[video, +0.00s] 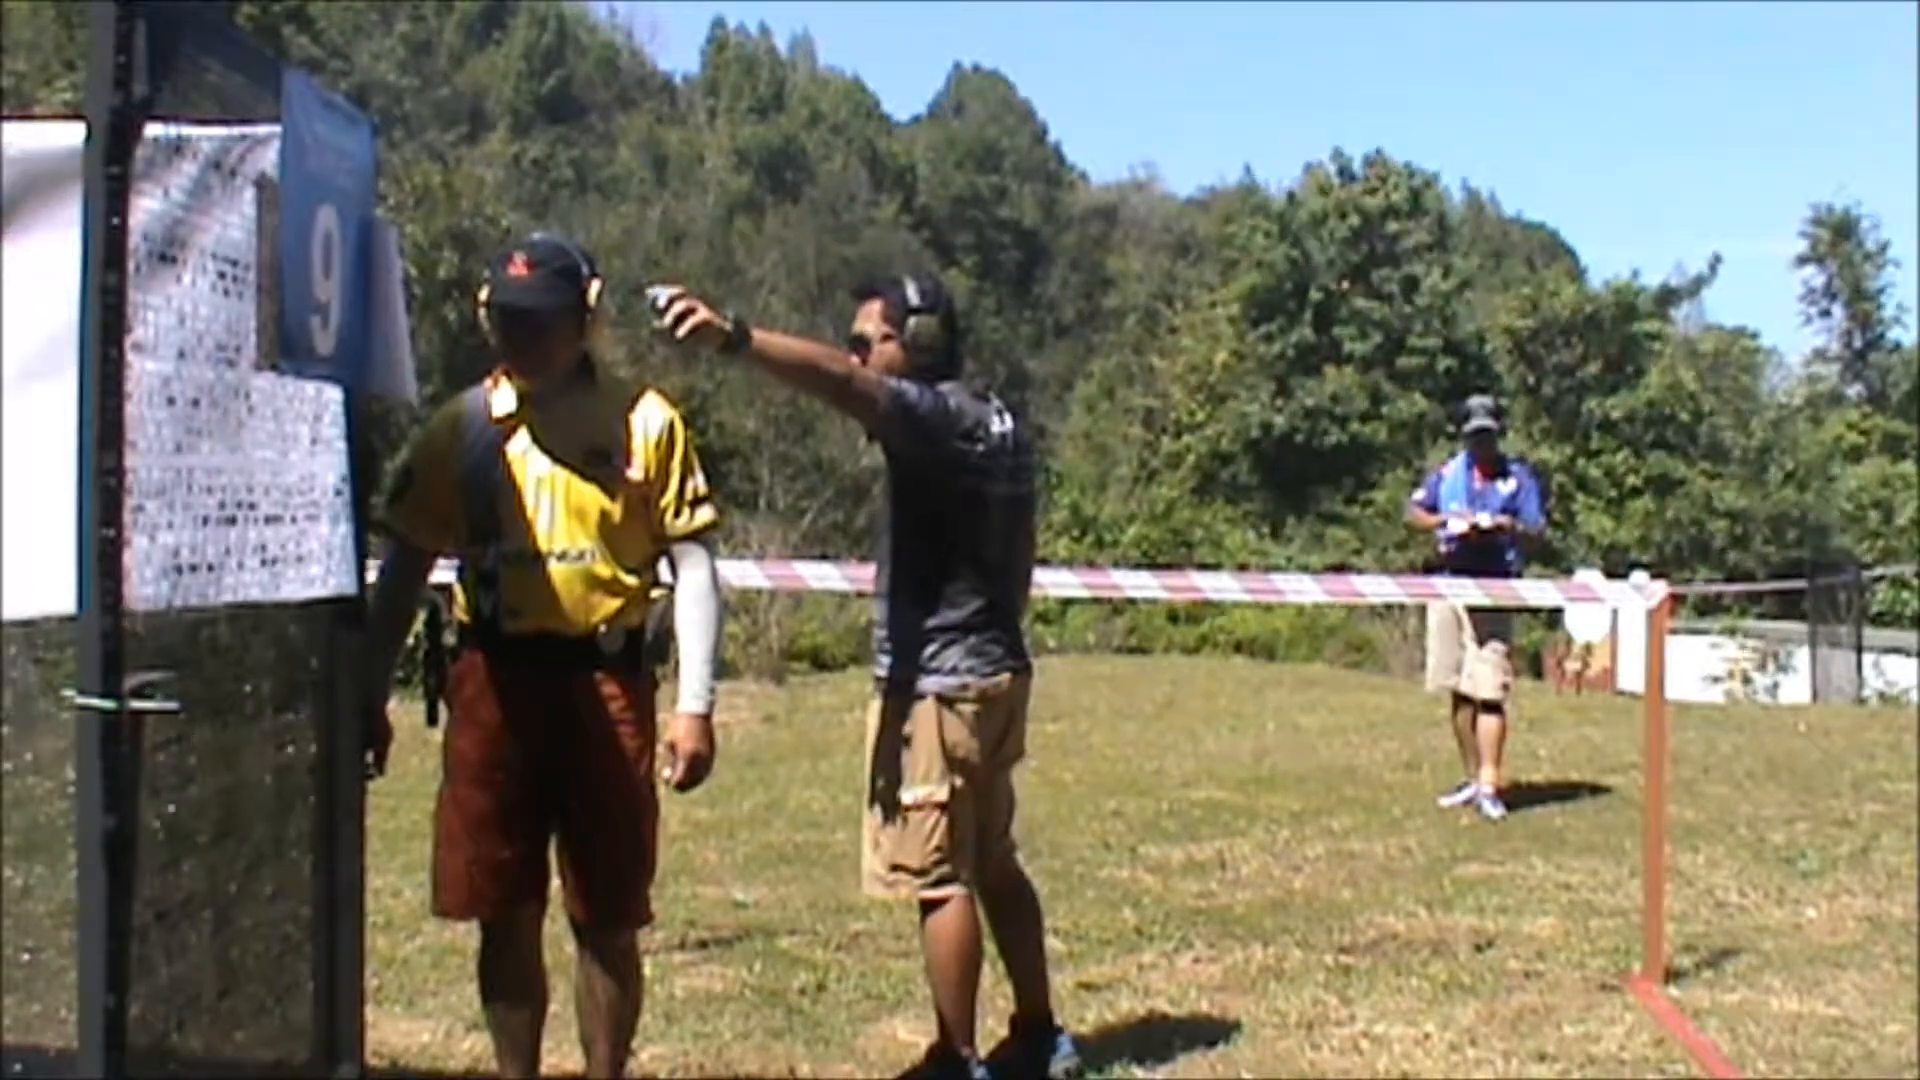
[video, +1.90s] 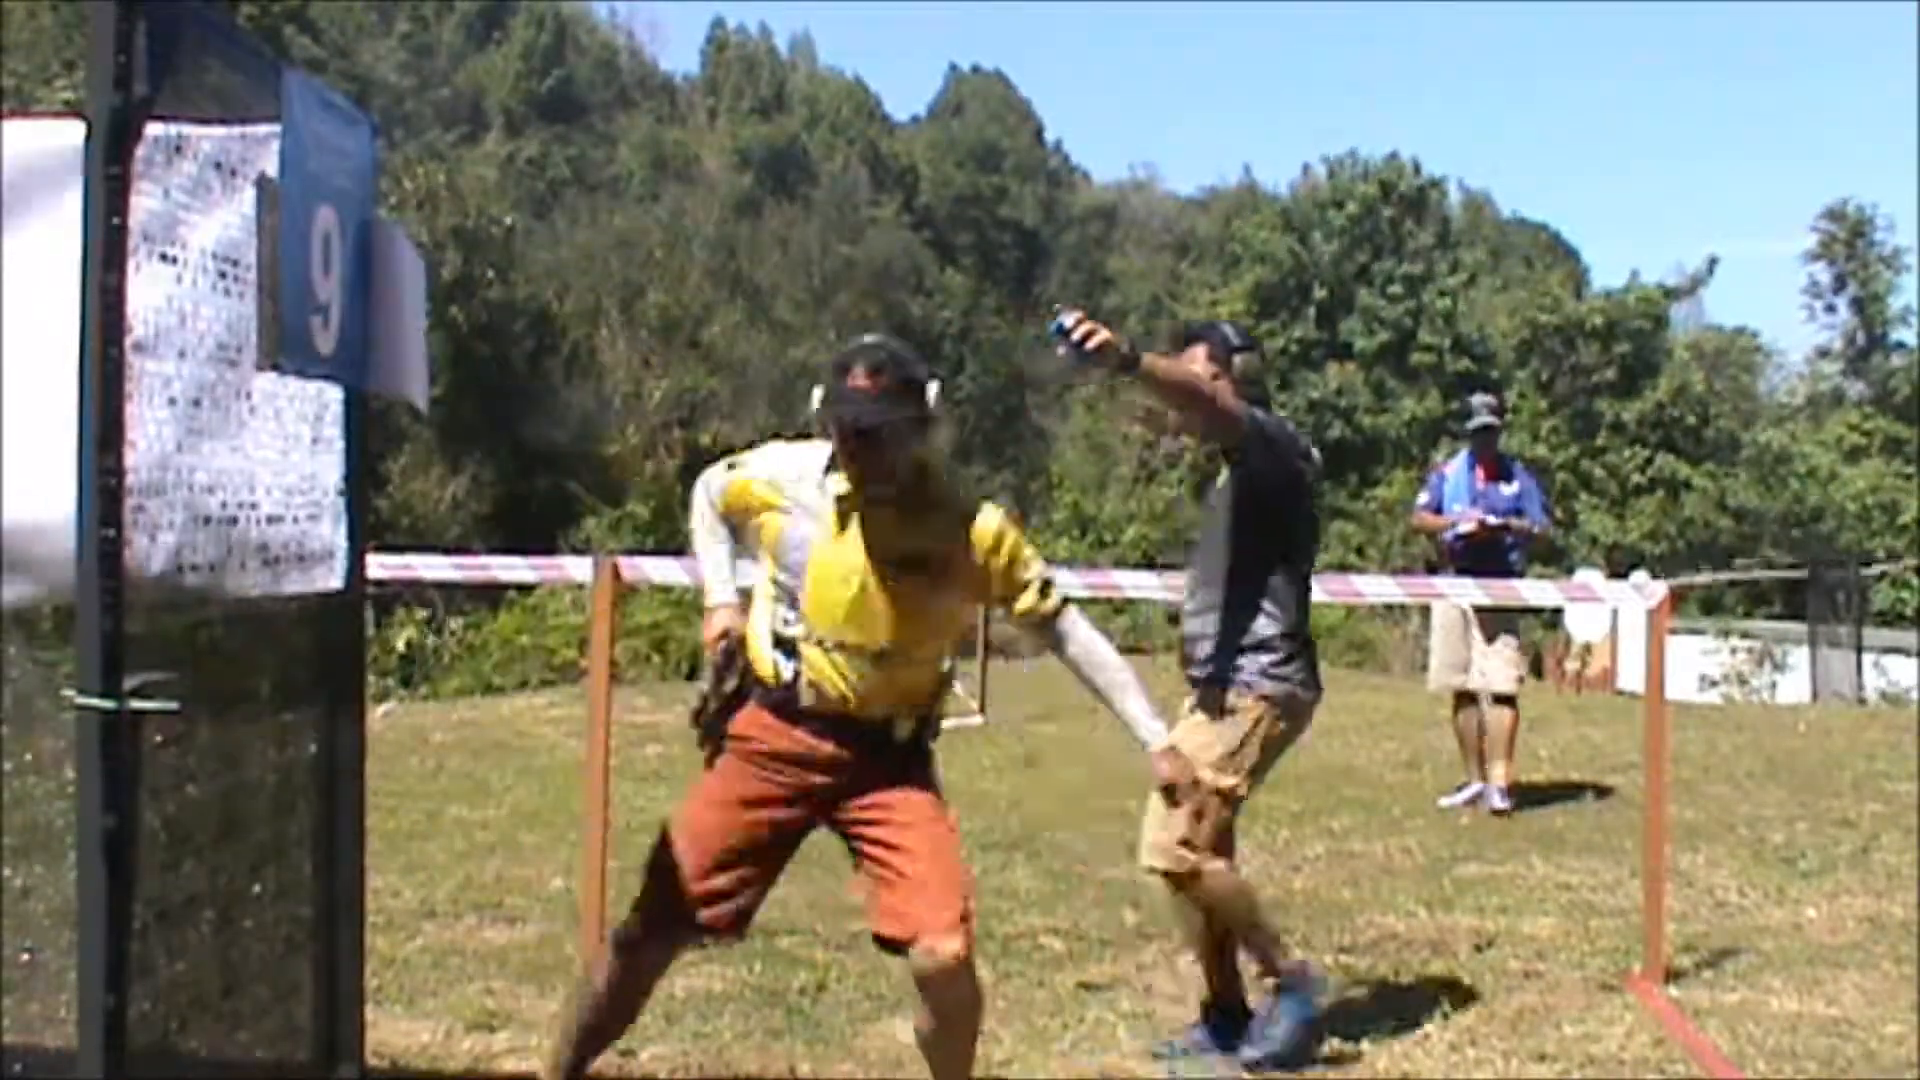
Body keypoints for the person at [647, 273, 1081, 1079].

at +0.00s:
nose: (855, 357)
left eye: (868, 342)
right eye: (856, 341)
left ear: (919, 344)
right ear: (937, 347)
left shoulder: (932, 414)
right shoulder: (1001, 421)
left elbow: (842, 379)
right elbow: (1014, 560)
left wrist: (734, 335)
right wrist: (993, 643)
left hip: (941, 676)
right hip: (996, 670)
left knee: (939, 876)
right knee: (994, 865)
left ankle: (953, 1054)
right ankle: (1038, 1029)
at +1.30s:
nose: (903, 373)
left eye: (913, 357)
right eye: (902, 357)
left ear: (954, 355)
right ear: (985, 355)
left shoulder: (982, 419)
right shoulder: (1048, 425)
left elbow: (893, 388)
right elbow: (1069, 550)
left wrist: (784, 352)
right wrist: (1040, 634)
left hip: (996, 676)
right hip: (1046, 672)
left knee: (935, 864)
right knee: (1031, 845)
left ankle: (950, 1050)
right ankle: (1123, 1004)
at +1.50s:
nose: (982, 396)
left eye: (994, 384)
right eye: (981, 383)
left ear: (1036, 386)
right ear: (1062, 390)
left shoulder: (1056, 445)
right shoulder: (1113, 461)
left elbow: (977, 409)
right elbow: (1084, 586)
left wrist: (882, 365)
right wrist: (1006, 618)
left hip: (1050, 696)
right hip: (1099, 695)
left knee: (948, 868)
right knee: (1071, 856)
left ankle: (952, 1052)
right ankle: (1198, 990)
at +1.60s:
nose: (1051, 414)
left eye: (1062, 397)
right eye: (1047, 399)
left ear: (1101, 392)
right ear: (1121, 397)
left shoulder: (1130, 459)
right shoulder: (1168, 469)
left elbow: (1055, 425)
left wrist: (963, 379)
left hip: (1110, 700)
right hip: (1155, 702)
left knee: (1015, 867)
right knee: (1122, 876)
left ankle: (957, 1041)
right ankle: (1226, 1012)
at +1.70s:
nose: (1096, 410)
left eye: (1105, 397)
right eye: (1093, 398)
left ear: (1143, 395)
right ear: (1151, 398)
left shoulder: (1174, 459)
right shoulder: (1201, 469)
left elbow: (1104, 418)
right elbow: (1180, 607)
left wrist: (1018, 378)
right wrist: (1109, 670)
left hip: (1155, 700)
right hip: (1193, 701)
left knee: (1053, 860)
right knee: (1147, 878)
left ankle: (1008, 1035)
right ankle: (1226, 1014)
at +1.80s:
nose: (1145, 386)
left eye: (1152, 373)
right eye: (1144, 375)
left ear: (1189, 376)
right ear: (1198, 380)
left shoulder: (1239, 451)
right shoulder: (1231, 460)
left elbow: (1168, 409)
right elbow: (1223, 582)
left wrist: (1088, 368)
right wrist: (1165, 659)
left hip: (1218, 685)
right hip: (1216, 683)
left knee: (1114, 838)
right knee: (1173, 856)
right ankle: (1227, 1013)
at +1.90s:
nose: (1180, 390)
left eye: (1190, 375)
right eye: (1178, 377)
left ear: (1228, 373)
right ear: (1210, 376)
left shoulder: (1277, 450)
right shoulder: (1234, 464)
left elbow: (1206, 399)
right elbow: (1242, 580)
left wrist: (1126, 358)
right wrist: (1208, 665)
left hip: (1264, 681)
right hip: (1225, 679)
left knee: (1184, 846)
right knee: (1184, 850)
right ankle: (1225, 1015)